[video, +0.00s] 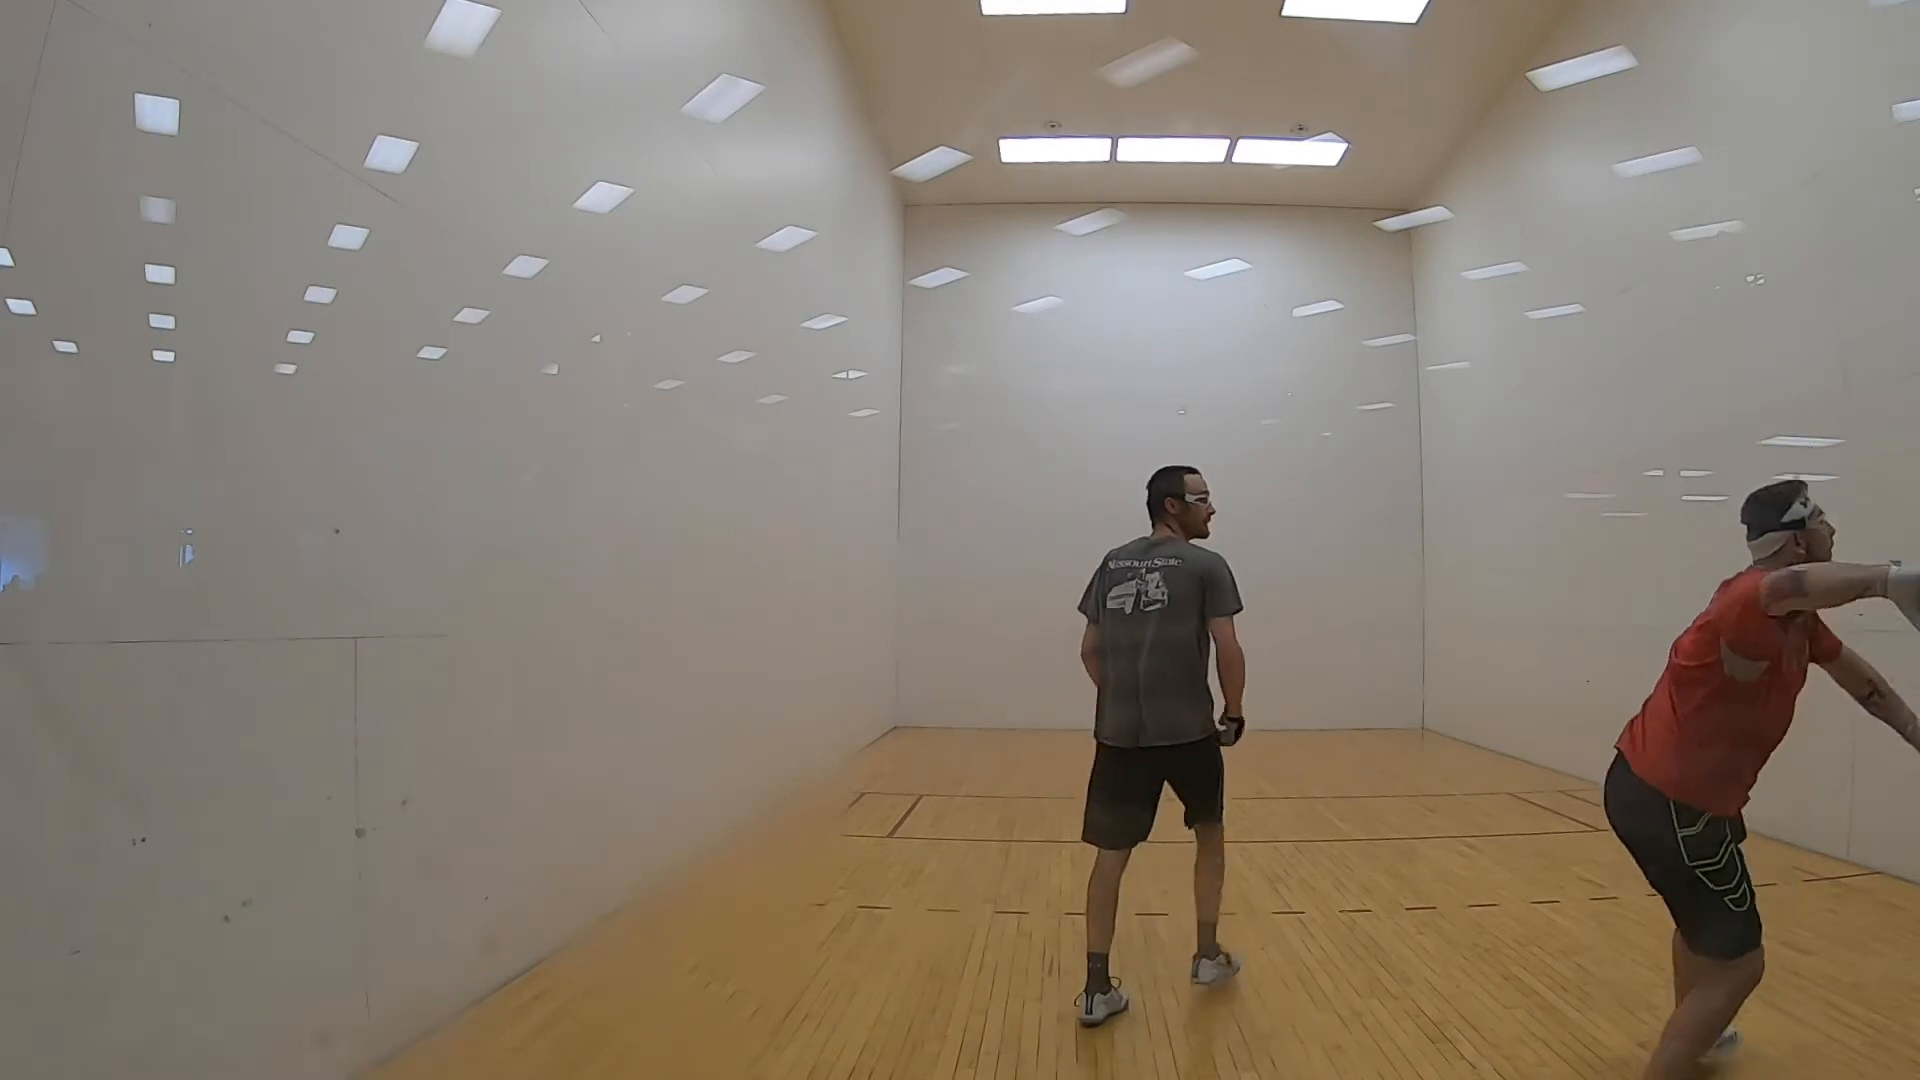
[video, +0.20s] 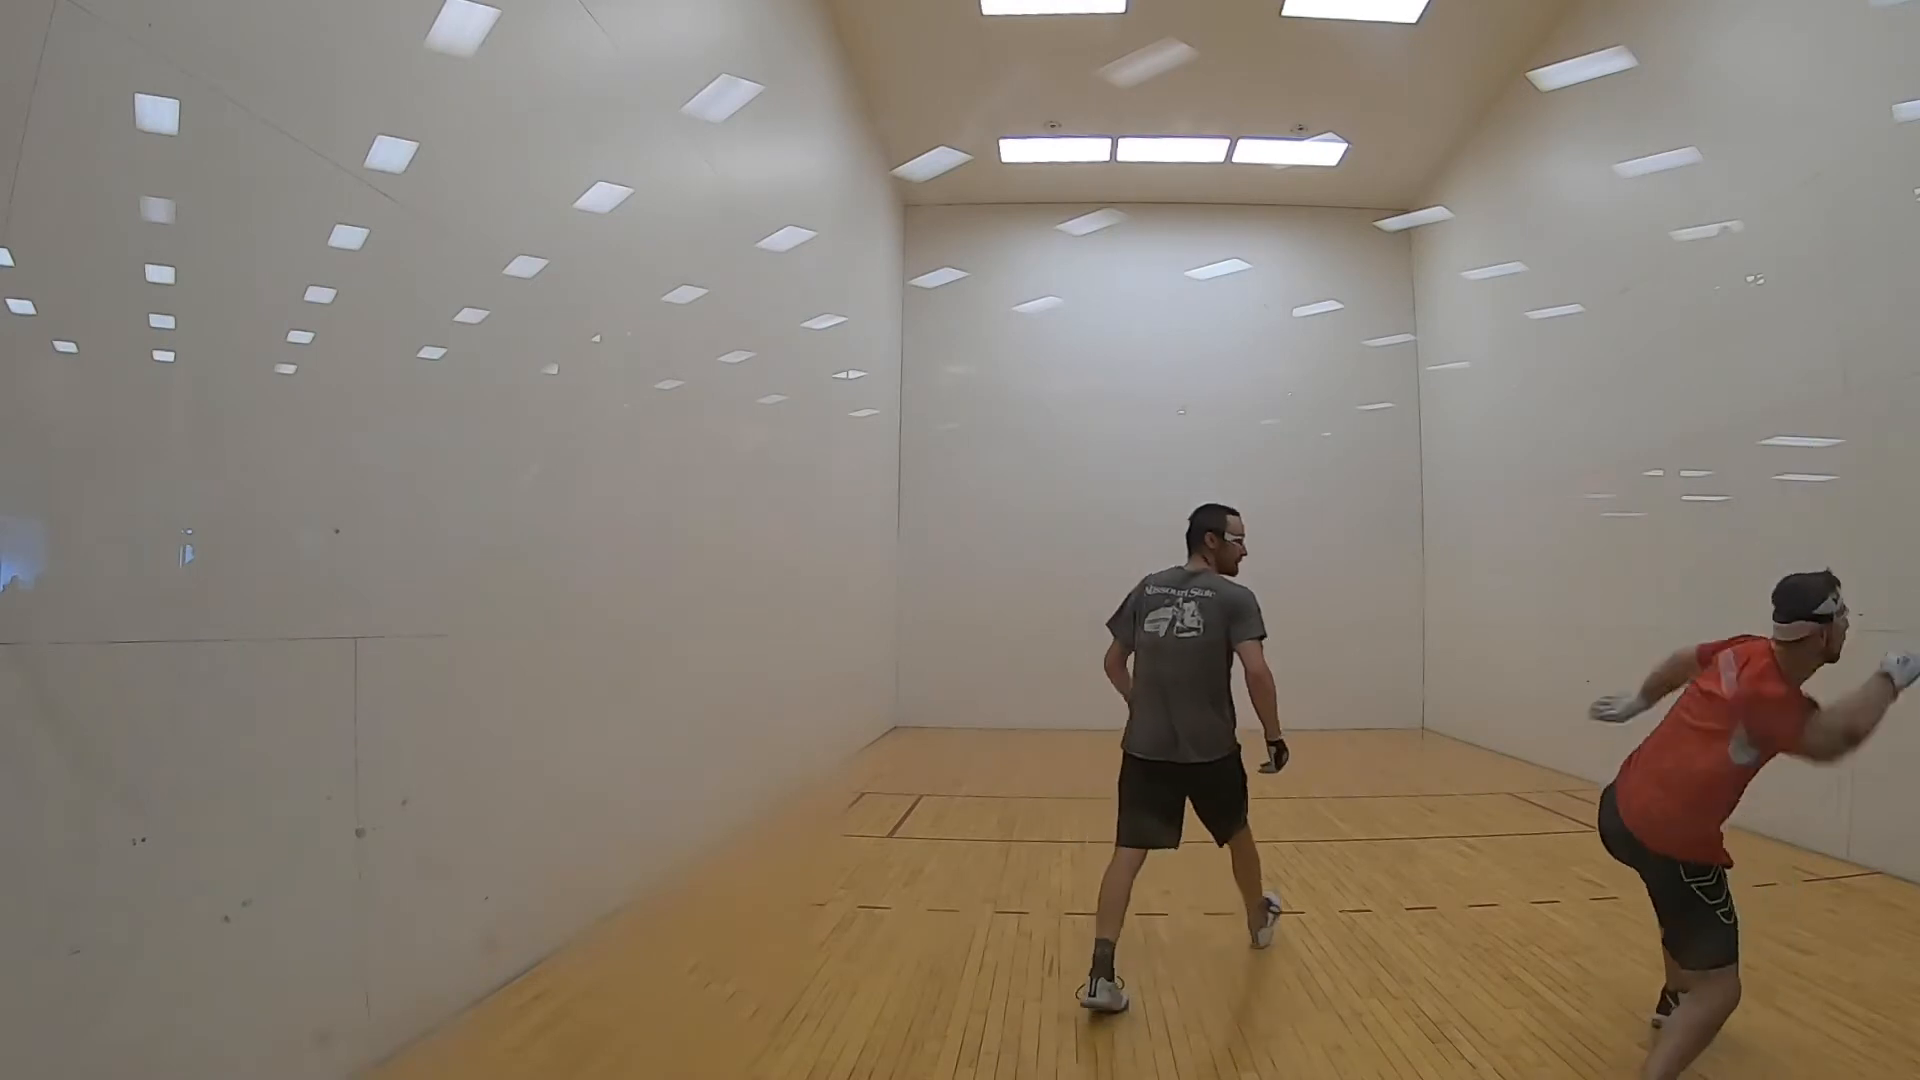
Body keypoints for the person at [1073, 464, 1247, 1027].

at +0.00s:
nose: (1213, 509)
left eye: (1210, 498)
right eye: (1203, 499)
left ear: (1163, 511)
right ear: (1173, 508)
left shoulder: (1114, 561)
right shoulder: (1206, 564)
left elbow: (1090, 649)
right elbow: (1228, 647)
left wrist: (1118, 702)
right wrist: (1233, 710)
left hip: (1122, 734)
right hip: (1187, 731)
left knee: (1110, 856)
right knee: (1209, 835)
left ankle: (1096, 988)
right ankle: (1207, 955)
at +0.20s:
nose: (1244, 550)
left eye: (1244, 541)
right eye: (1239, 541)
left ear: (1201, 542)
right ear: (1211, 541)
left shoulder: (1149, 587)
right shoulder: (1233, 597)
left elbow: (1114, 662)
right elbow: (1257, 672)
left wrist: (1139, 702)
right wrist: (1274, 736)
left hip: (1146, 747)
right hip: (1208, 747)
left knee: (1125, 856)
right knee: (1238, 837)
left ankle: (1100, 976)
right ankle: (1259, 920)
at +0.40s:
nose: (1275, 559)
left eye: (1276, 550)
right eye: (1273, 550)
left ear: (1235, 548)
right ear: (1254, 549)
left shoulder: (1185, 587)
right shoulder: (1267, 602)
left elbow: (1145, 651)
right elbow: (1282, 676)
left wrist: (1124, 712)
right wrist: (1291, 732)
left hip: (1175, 731)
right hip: (1232, 735)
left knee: (1158, 820)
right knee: (1250, 820)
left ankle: (1120, 895)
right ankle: (1260, 920)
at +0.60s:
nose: (1260, 550)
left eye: (1257, 542)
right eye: (1260, 544)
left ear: (1220, 544)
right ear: (1257, 547)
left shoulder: (1186, 584)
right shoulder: (1266, 597)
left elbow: (1145, 640)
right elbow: (1286, 664)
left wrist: (1127, 692)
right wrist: (1286, 700)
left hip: (1179, 719)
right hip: (1236, 725)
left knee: (1152, 801)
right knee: (1256, 815)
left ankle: (1111, 892)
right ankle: (1259, 920)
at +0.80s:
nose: (1246, 583)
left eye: (1243, 577)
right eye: (1246, 577)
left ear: (1209, 580)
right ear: (1243, 581)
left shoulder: (1180, 624)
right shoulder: (1253, 626)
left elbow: (1141, 681)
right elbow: (1266, 695)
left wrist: (1150, 725)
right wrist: (1286, 711)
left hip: (1175, 742)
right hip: (1227, 746)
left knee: (1152, 809)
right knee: (1262, 813)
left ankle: (1103, 893)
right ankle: (1252, 900)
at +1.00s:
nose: (1279, 619)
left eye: (1275, 612)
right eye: (1278, 612)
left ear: (1243, 613)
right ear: (1273, 613)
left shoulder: (1220, 650)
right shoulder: (1279, 650)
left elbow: (1231, 720)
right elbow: (1299, 702)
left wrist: (1290, 730)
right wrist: (1353, 730)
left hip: (1201, 752)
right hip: (1251, 750)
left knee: (1165, 821)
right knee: (1313, 791)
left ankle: (1107, 891)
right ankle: (1332, 885)